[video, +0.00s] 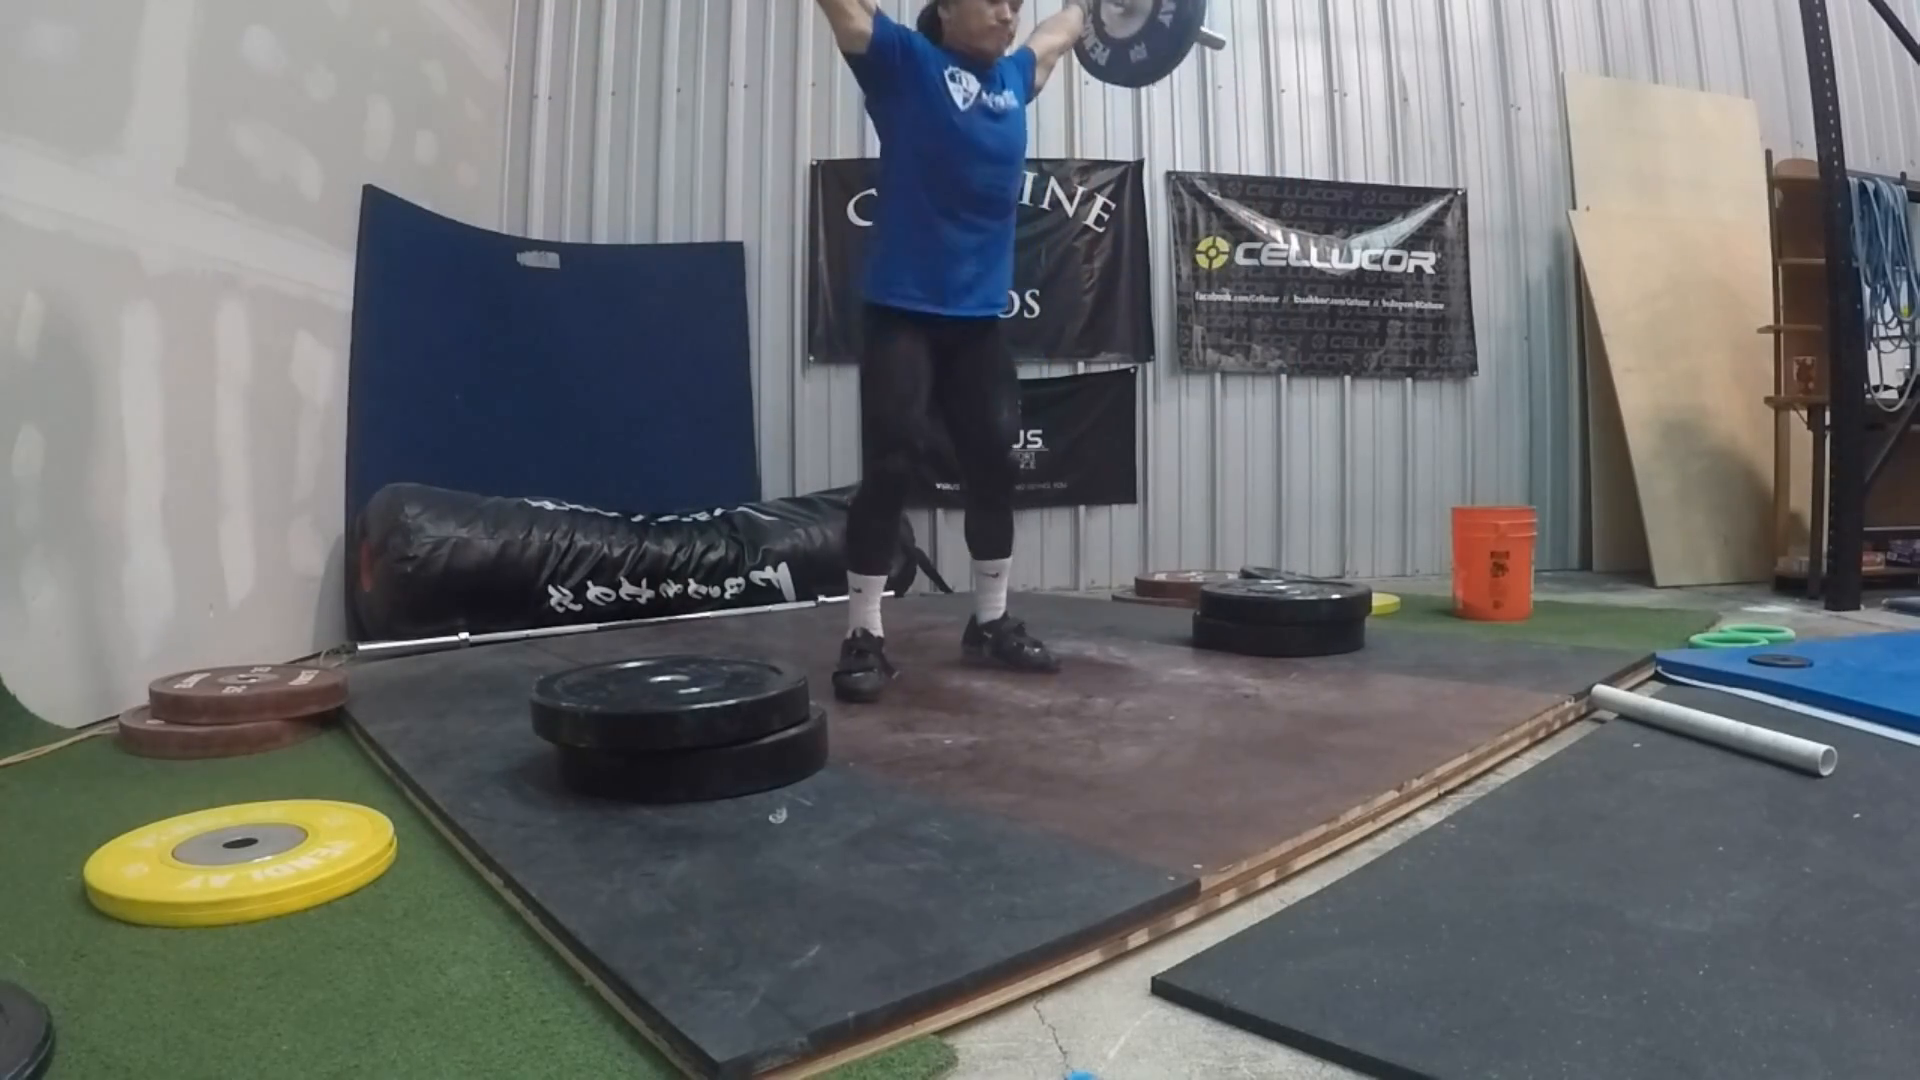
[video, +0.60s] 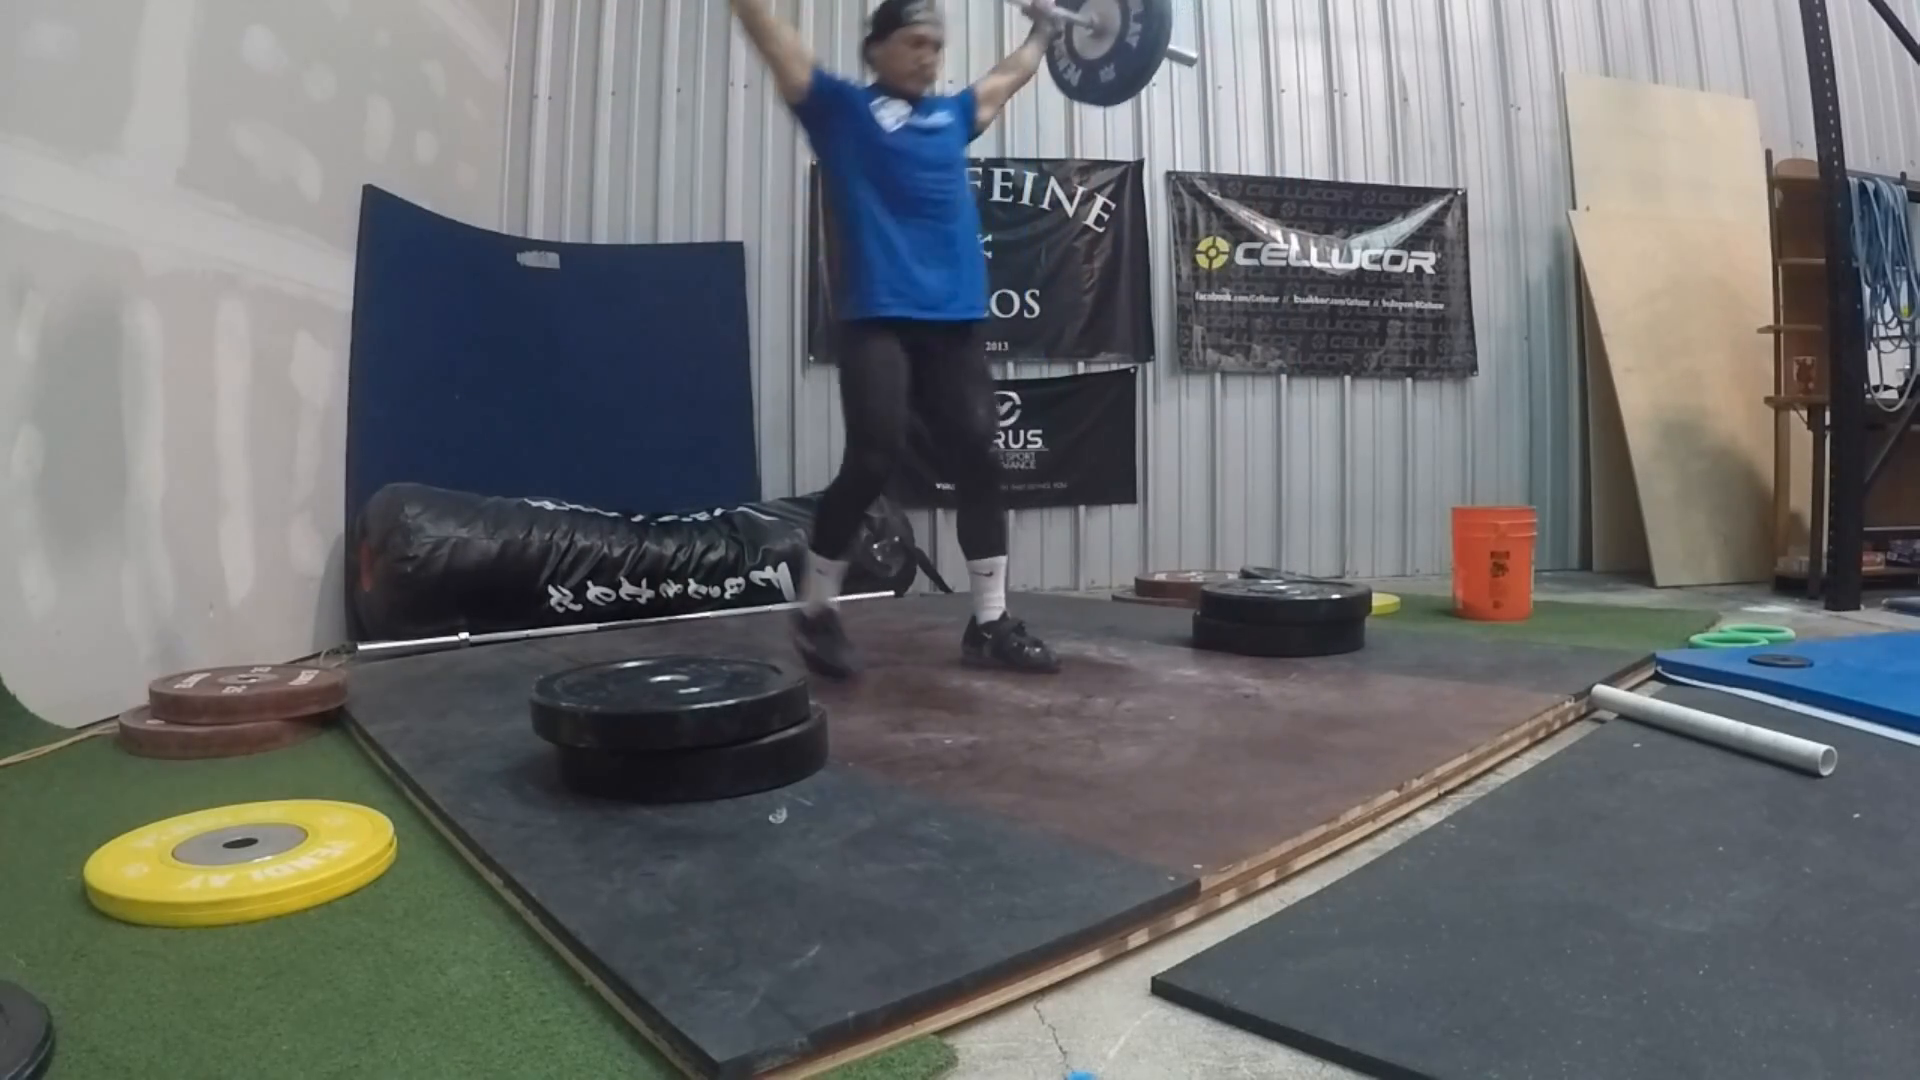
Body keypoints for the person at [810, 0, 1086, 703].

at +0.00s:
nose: (1005, 14)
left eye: (1011, 5)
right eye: (989, 1)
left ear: (1012, 16)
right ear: (945, 10)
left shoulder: (1012, 77)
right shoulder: (905, 61)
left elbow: (1056, 37)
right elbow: (839, 7)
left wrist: (1095, 8)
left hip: (982, 318)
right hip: (901, 314)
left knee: (995, 465)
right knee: (890, 468)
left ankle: (991, 623)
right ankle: (864, 636)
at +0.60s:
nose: (929, 57)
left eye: (935, 47)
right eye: (916, 44)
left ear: (940, 55)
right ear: (875, 49)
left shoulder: (950, 115)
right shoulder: (840, 107)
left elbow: (1006, 78)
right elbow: (770, 34)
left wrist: (1043, 28)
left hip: (955, 324)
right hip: (877, 324)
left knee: (978, 456)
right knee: (873, 457)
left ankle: (991, 622)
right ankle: (816, 609)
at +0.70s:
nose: (889, 84)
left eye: (895, 74)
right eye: (876, 72)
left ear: (899, 79)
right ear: (838, 77)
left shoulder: (917, 141)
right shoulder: (804, 134)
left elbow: (985, 110)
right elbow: (727, 70)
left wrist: (1027, 59)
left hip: (920, 340)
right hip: (846, 339)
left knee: (952, 462)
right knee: (853, 470)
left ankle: (989, 622)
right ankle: (770, 598)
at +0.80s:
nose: (851, 105)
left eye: (858, 96)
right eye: (838, 93)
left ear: (862, 108)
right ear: (800, 101)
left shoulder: (873, 171)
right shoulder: (767, 156)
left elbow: (947, 164)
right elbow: (688, 140)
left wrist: (1005, 124)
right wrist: (697, 60)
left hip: (875, 356)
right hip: (801, 355)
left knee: (918, 470)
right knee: (809, 484)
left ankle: (981, 617)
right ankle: (754, 610)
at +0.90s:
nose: (827, 105)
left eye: (835, 97)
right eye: (815, 91)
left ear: (838, 108)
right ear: (778, 97)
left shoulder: (842, 182)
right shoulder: (744, 156)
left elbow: (919, 218)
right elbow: (668, 206)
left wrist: (992, 207)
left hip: (834, 349)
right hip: (765, 347)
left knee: (895, 447)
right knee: (780, 465)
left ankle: (922, 598)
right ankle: (750, 613)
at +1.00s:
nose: (814, 107)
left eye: (822, 99)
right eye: (803, 95)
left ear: (826, 106)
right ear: (768, 93)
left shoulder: (835, 179)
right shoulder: (729, 149)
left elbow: (879, 252)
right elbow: (670, 213)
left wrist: (946, 278)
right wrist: (682, 252)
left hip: (810, 342)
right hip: (741, 339)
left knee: (875, 440)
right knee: (760, 452)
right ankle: (745, 608)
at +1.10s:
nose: (805, 117)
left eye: (814, 108)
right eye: (795, 104)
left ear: (818, 113)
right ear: (759, 101)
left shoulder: (824, 184)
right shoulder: (717, 158)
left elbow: (843, 265)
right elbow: (667, 228)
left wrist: (885, 323)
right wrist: (685, 293)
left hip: (795, 347)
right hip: (727, 340)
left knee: (820, 457)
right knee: (743, 450)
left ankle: (778, 572)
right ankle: (735, 589)